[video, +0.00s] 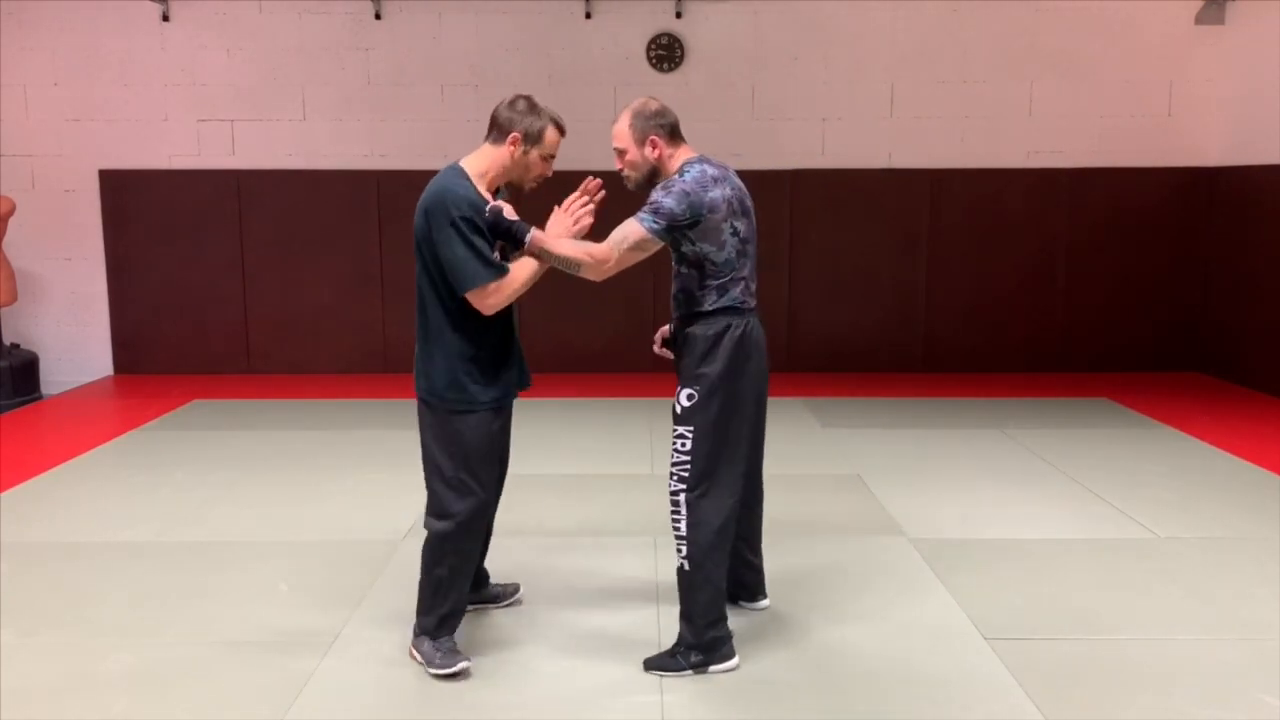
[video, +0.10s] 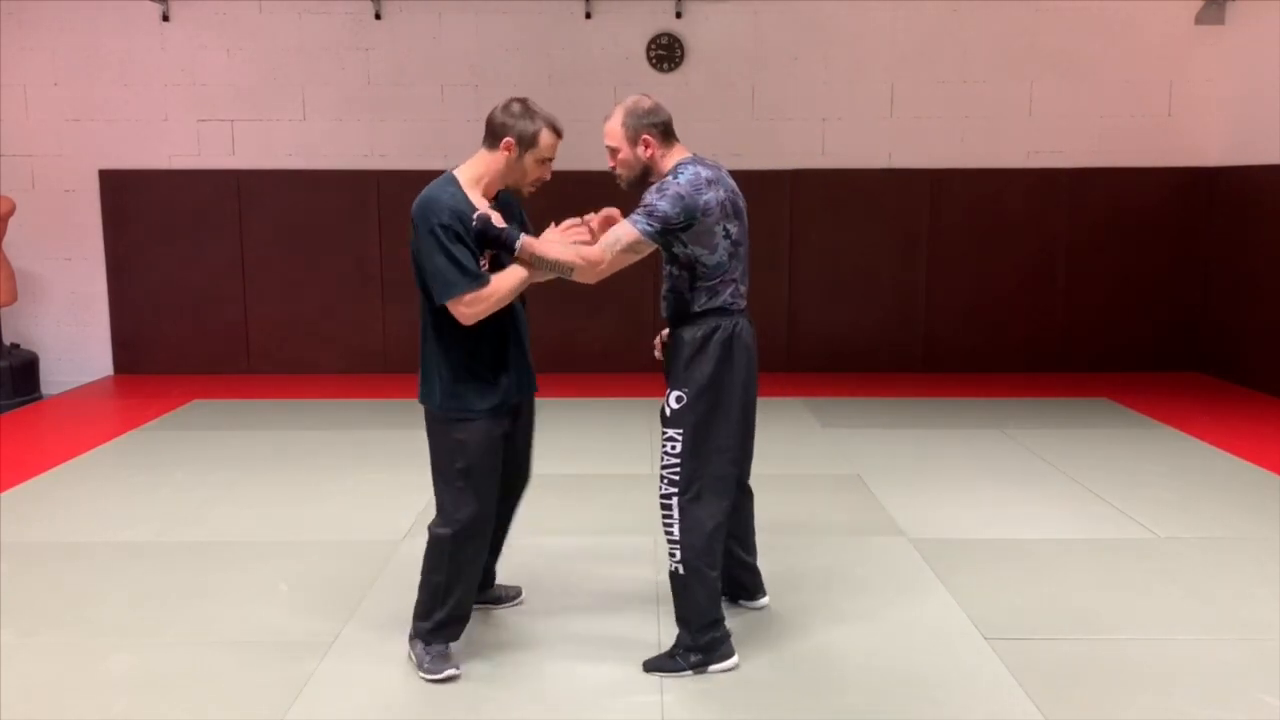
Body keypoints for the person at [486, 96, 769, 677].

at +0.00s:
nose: (619, 164)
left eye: (623, 152)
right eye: (616, 153)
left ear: (656, 146)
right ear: (664, 145)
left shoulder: (688, 190)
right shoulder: (718, 177)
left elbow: (602, 260)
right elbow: (725, 273)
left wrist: (519, 232)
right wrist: (686, 325)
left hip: (717, 345)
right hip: (738, 339)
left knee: (694, 489)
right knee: (736, 471)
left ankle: (704, 641)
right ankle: (744, 582)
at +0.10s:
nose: (611, 162)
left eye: (614, 150)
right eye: (609, 151)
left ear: (649, 144)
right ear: (656, 143)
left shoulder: (682, 191)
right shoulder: (708, 176)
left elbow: (595, 261)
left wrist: (510, 240)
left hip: (707, 346)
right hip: (726, 340)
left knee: (685, 491)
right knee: (724, 474)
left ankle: (703, 642)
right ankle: (741, 582)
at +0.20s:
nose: (608, 157)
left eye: (612, 145)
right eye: (606, 145)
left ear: (647, 140)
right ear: (655, 139)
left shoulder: (677, 189)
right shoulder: (705, 175)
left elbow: (593, 257)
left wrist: (504, 247)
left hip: (698, 348)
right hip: (719, 341)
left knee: (680, 493)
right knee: (716, 473)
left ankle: (702, 642)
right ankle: (739, 581)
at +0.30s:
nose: (607, 156)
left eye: (611, 144)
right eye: (605, 144)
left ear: (645, 138)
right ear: (653, 138)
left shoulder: (673, 187)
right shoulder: (703, 176)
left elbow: (598, 267)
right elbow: (691, 268)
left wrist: (513, 247)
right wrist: (665, 332)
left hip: (695, 347)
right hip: (716, 342)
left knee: (678, 495)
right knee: (712, 474)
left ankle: (702, 642)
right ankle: (739, 579)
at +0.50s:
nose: (614, 170)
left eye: (619, 157)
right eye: (612, 158)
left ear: (641, 147)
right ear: (664, 142)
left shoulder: (657, 189)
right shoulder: (696, 185)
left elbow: (615, 273)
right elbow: (698, 281)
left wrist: (545, 235)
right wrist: (668, 347)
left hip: (697, 349)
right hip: (718, 345)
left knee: (665, 495)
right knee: (708, 477)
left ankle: (704, 642)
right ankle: (741, 580)